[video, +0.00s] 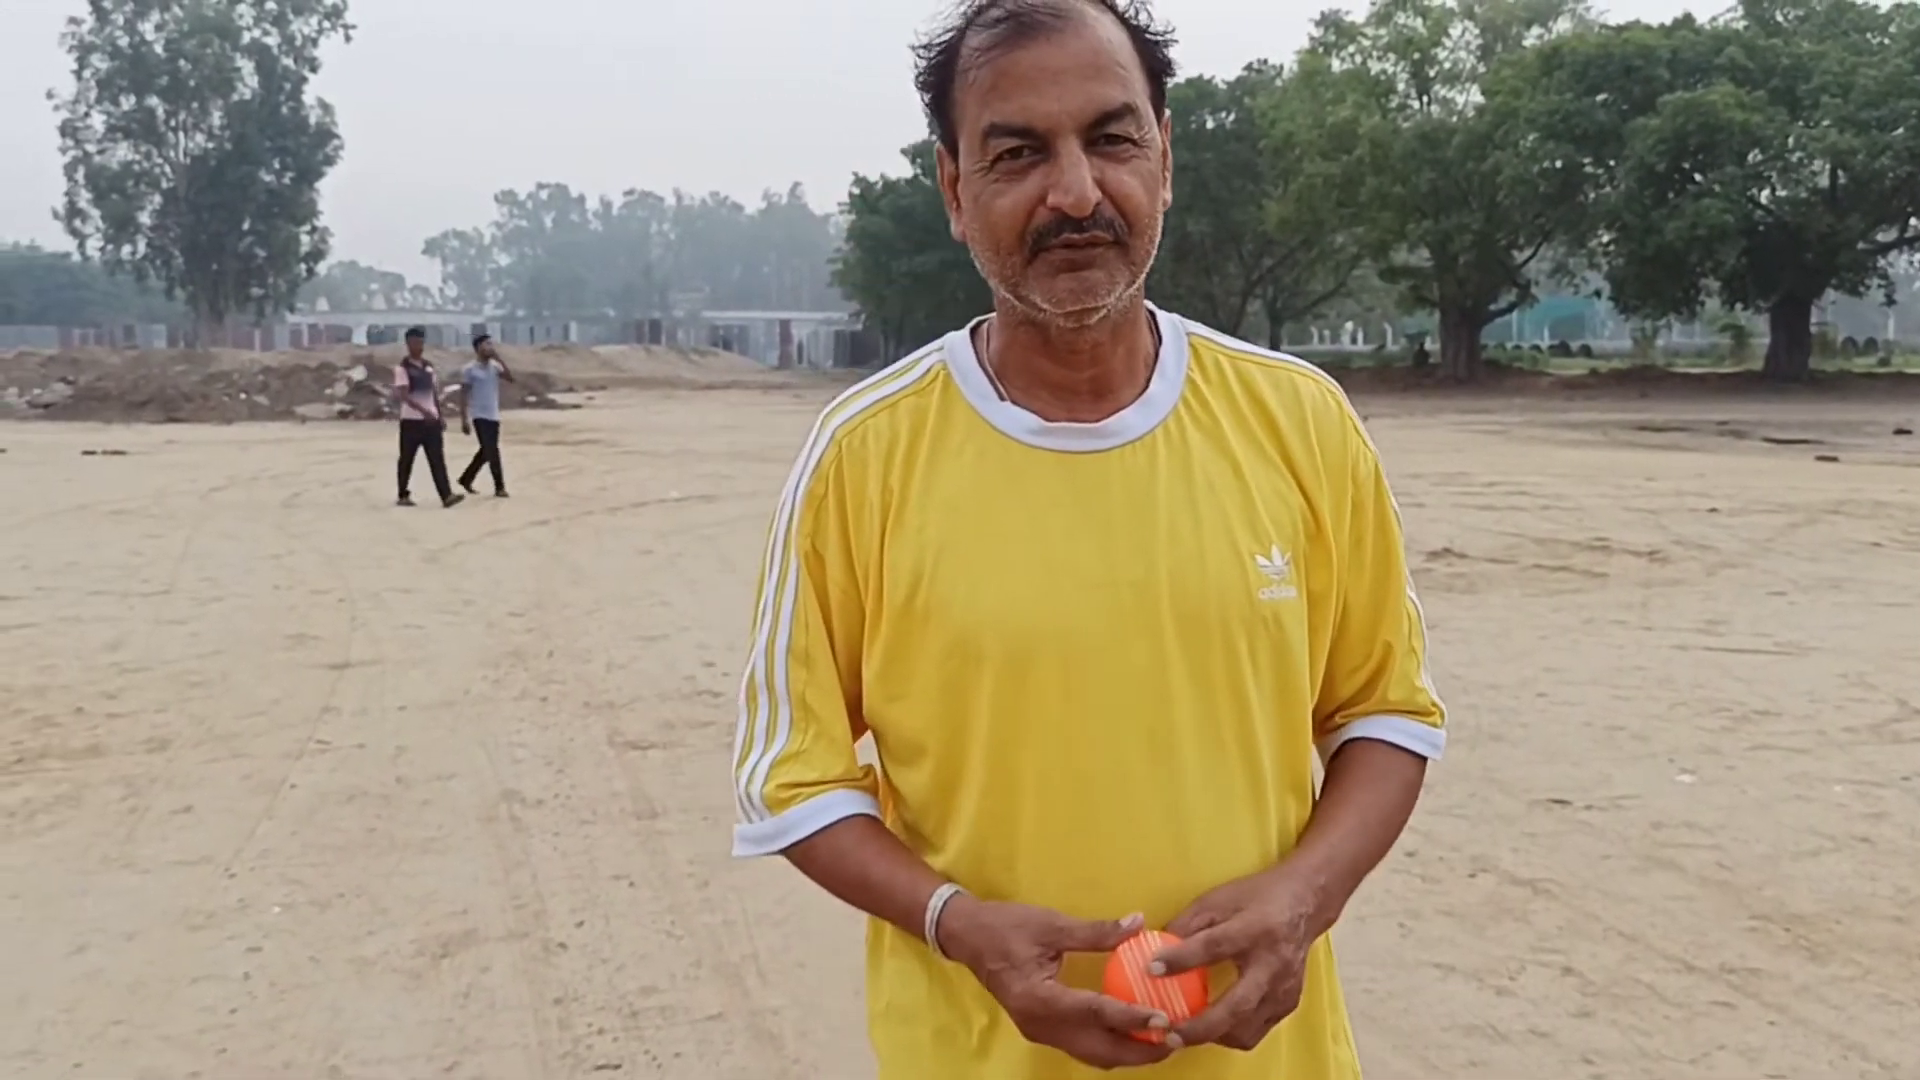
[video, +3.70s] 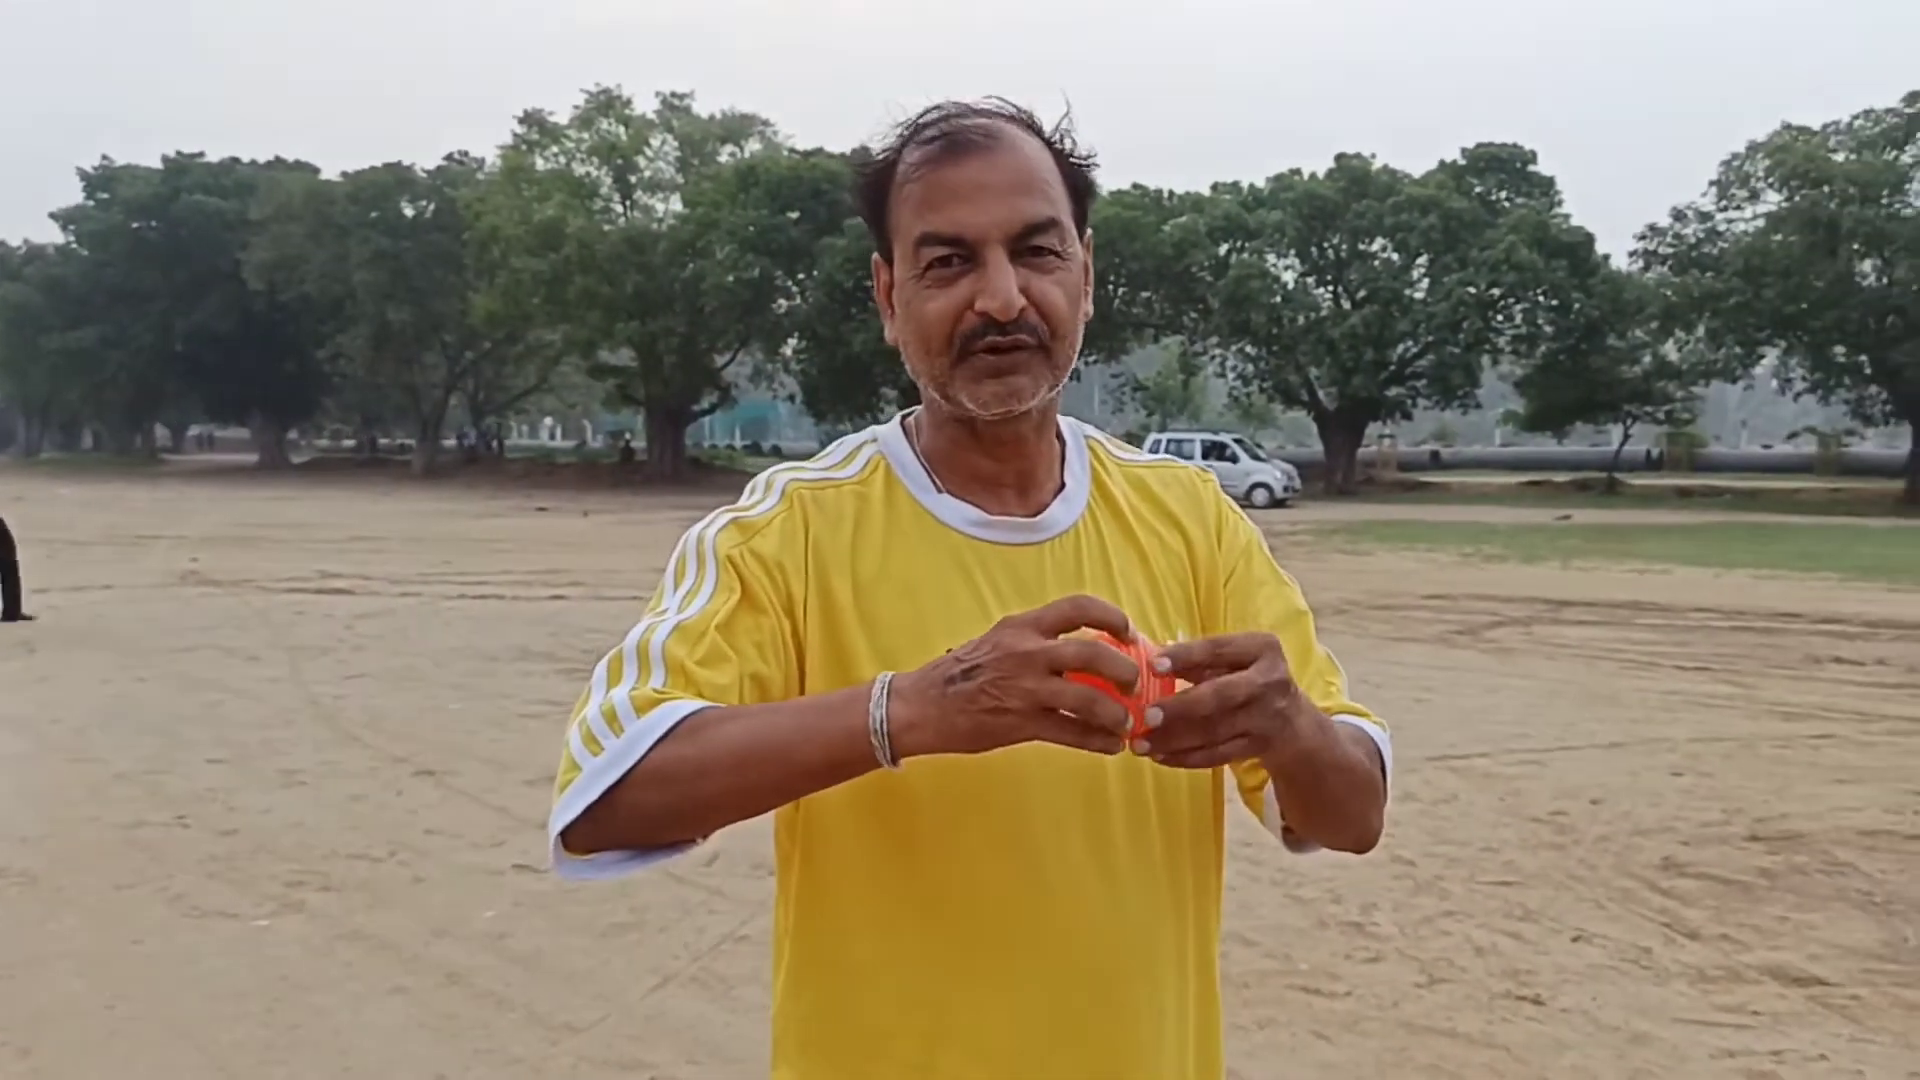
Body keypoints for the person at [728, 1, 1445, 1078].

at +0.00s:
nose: (1075, 191)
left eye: (1113, 140)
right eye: (1020, 153)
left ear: (1165, 164)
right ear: (954, 195)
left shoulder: (1302, 422)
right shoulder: (862, 454)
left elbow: (1392, 712)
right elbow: (789, 774)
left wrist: (1301, 893)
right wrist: (962, 924)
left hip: (1272, 1049)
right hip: (976, 1054)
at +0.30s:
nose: (1191, 259)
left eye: (1230, 203)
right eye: (1135, 214)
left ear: (1273, 182)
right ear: (1060, 203)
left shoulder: (1395, 423)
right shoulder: (964, 449)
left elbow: (1495, 703)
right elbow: (884, 778)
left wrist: (1444, 821)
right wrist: (1058, 853)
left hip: (1362, 1050)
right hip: (1074, 1052)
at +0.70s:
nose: (1291, 239)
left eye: (1329, 183)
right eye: (1237, 194)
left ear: (1369, 173)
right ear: (1162, 194)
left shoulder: (1479, 414)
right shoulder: (1058, 432)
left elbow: (1591, 690)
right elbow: (941, 742)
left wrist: (1543, 751)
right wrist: (1159, 755)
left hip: (1433, 1035)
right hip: (1150, 1043)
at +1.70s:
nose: (1339, 264)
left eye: (1379, 215)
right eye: (1288, 218)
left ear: (1420, 231)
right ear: (1210, 238)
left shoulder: (1520, 484)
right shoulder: (1087, 476)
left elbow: (1688, 805)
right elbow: (899, 726)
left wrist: (1598, 715)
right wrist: (1177, 709)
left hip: (1452, 1048)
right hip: (1153, 1048)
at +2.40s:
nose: (1224, 288)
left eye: (1263, 239)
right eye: (1167, 253)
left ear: (1323, 271)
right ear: (1110, 304)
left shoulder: (1445, 541)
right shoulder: (994, 553)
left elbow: (1650, 868)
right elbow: (785, 827)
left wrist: (1491, 752)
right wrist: (1084, 783)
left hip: (1390, 1053)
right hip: (1077, 1051)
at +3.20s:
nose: (1132, 305)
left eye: (1165, 254)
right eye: (1075, 265)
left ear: (1215, 277)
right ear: (1010, 303)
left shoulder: (1317, 530)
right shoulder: (900, 537)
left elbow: (1500, 834)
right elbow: (720, 808)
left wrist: (1415, 752)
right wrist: (1029, 743)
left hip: (1275, 1057)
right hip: (979, 1058)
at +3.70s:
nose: (1001, 297)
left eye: (1035, 251)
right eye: (948, 261)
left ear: (1087, 277)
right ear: (887, 300)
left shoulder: (1196, 524)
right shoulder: (786, 534)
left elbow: (1353, 820)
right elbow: (608, 795)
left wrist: (1291, 732)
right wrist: (912, 711)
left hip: (1150, 1050)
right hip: (870, 1051)